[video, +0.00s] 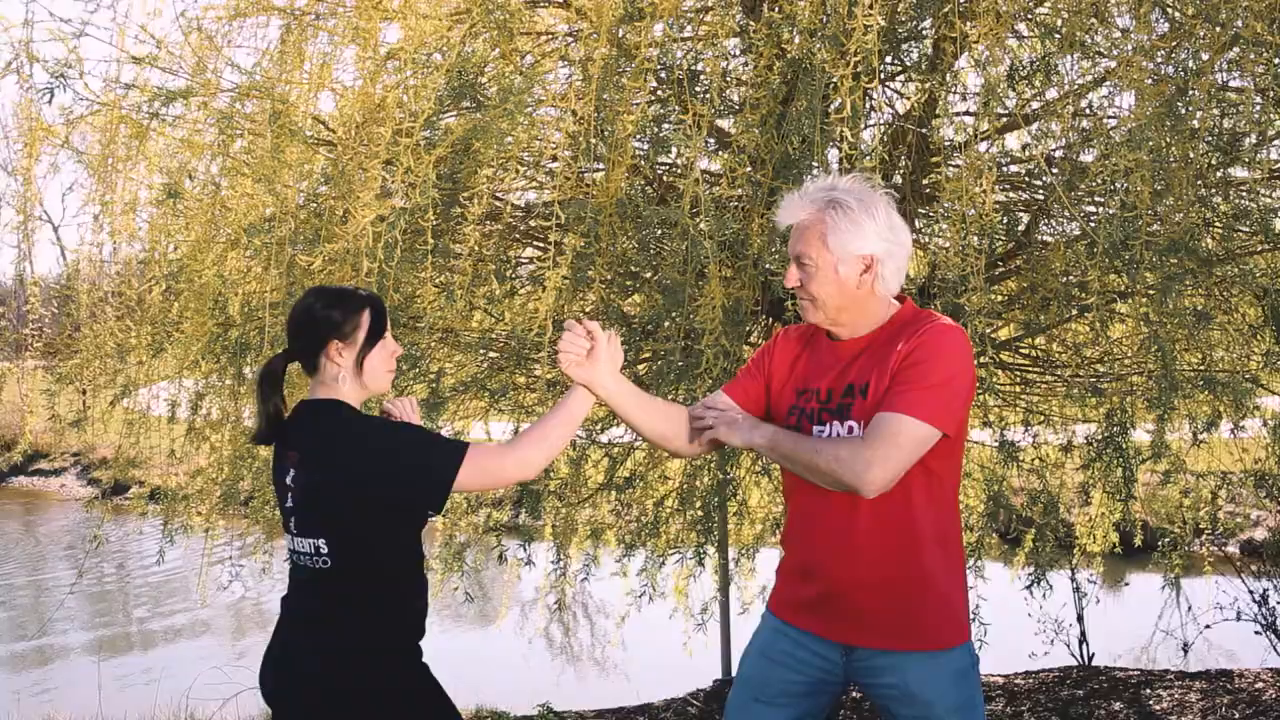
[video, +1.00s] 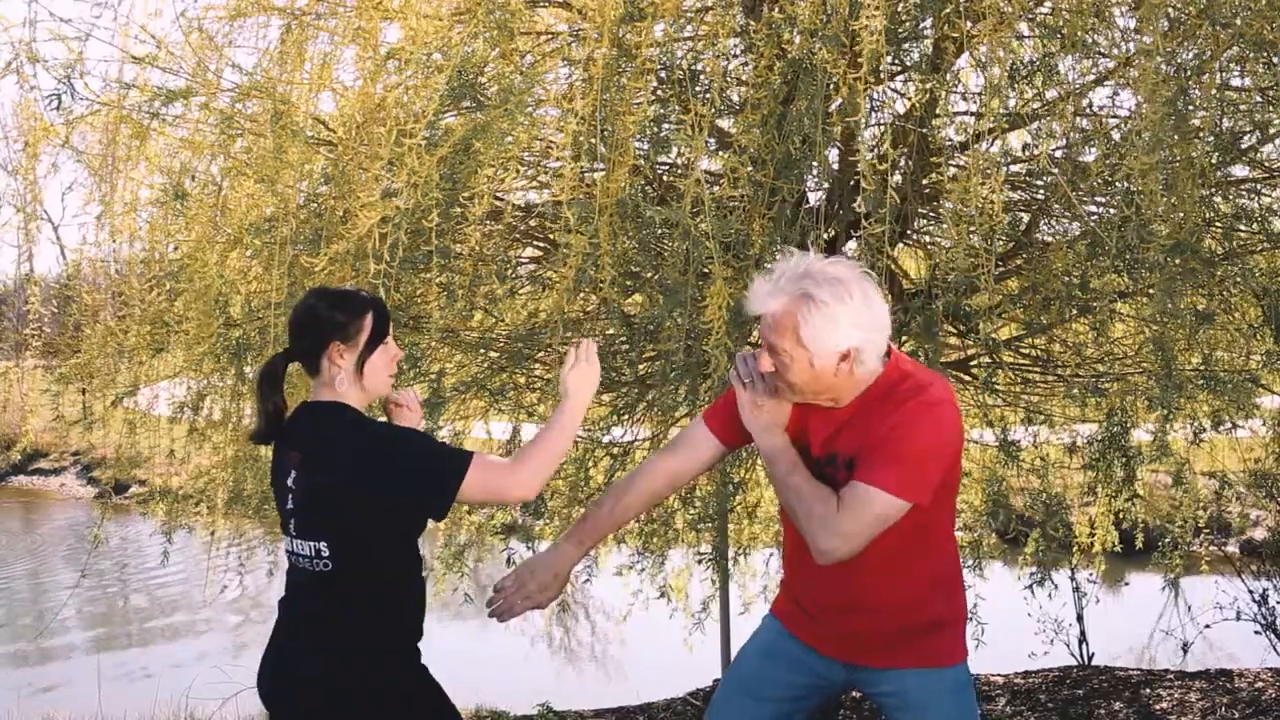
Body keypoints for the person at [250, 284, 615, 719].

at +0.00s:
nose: (397, 348)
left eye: (392, 336)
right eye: (384, 338)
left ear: (333, 355)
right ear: (339, 354)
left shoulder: (295, 433)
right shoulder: (379, 444)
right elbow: (521, 461)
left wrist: (397, 437)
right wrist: (592, 380)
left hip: (294, 669)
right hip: (375, 681)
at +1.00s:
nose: (398, 353)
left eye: (392, 339)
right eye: (385, 342)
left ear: (336, 358)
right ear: (340, 357)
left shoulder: (294, 436)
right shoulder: (379, 448)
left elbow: (367, 519)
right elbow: (517, 483)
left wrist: (406, 440)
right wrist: (576, 399)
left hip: (291, 672)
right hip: (373, 681)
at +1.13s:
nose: (407, 360)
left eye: (401, 348)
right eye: (395, 349)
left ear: (346, 365)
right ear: (351, 365)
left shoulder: (299, 440)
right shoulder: (398, 448)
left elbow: (362, 514)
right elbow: (538, 489)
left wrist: (404, 438)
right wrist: (587, 461)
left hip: (280, 679)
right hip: (370, 686)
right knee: (450, 710)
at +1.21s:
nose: (421, 370)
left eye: (415, 358)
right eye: (409, 358)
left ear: (355, 377)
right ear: (366, 376)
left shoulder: (302, 452)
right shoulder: (417, 455)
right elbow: (540, 515)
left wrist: (392, 434)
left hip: (285, 688)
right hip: (381, 688)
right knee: (461, 711)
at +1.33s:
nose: (452, 384)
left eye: (447, 372)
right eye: (443, 373)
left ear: (378, 393)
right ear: (406, 390)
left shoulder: (328, 468)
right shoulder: (451, 471)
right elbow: (570, 538)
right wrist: (632, 589)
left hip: (315, 692)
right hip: (411, 693)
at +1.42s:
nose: (468, 392)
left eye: (465, 380)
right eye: (460, 380)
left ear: (403, 398)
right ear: (418, 395)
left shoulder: (346, 472)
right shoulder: (467, 474)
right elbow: (586, 549)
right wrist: (639, 590)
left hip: (330, 696)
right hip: (426, 698)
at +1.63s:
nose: (483, 380)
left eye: (475, 366)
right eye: (470, 369)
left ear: (415, 390)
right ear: (431, 387)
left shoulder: (370, 463)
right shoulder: (477, 471)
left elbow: (426, 543)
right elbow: (610, 556)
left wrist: (476, 461)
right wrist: (666, 589)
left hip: (344, 691)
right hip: (436, 695)